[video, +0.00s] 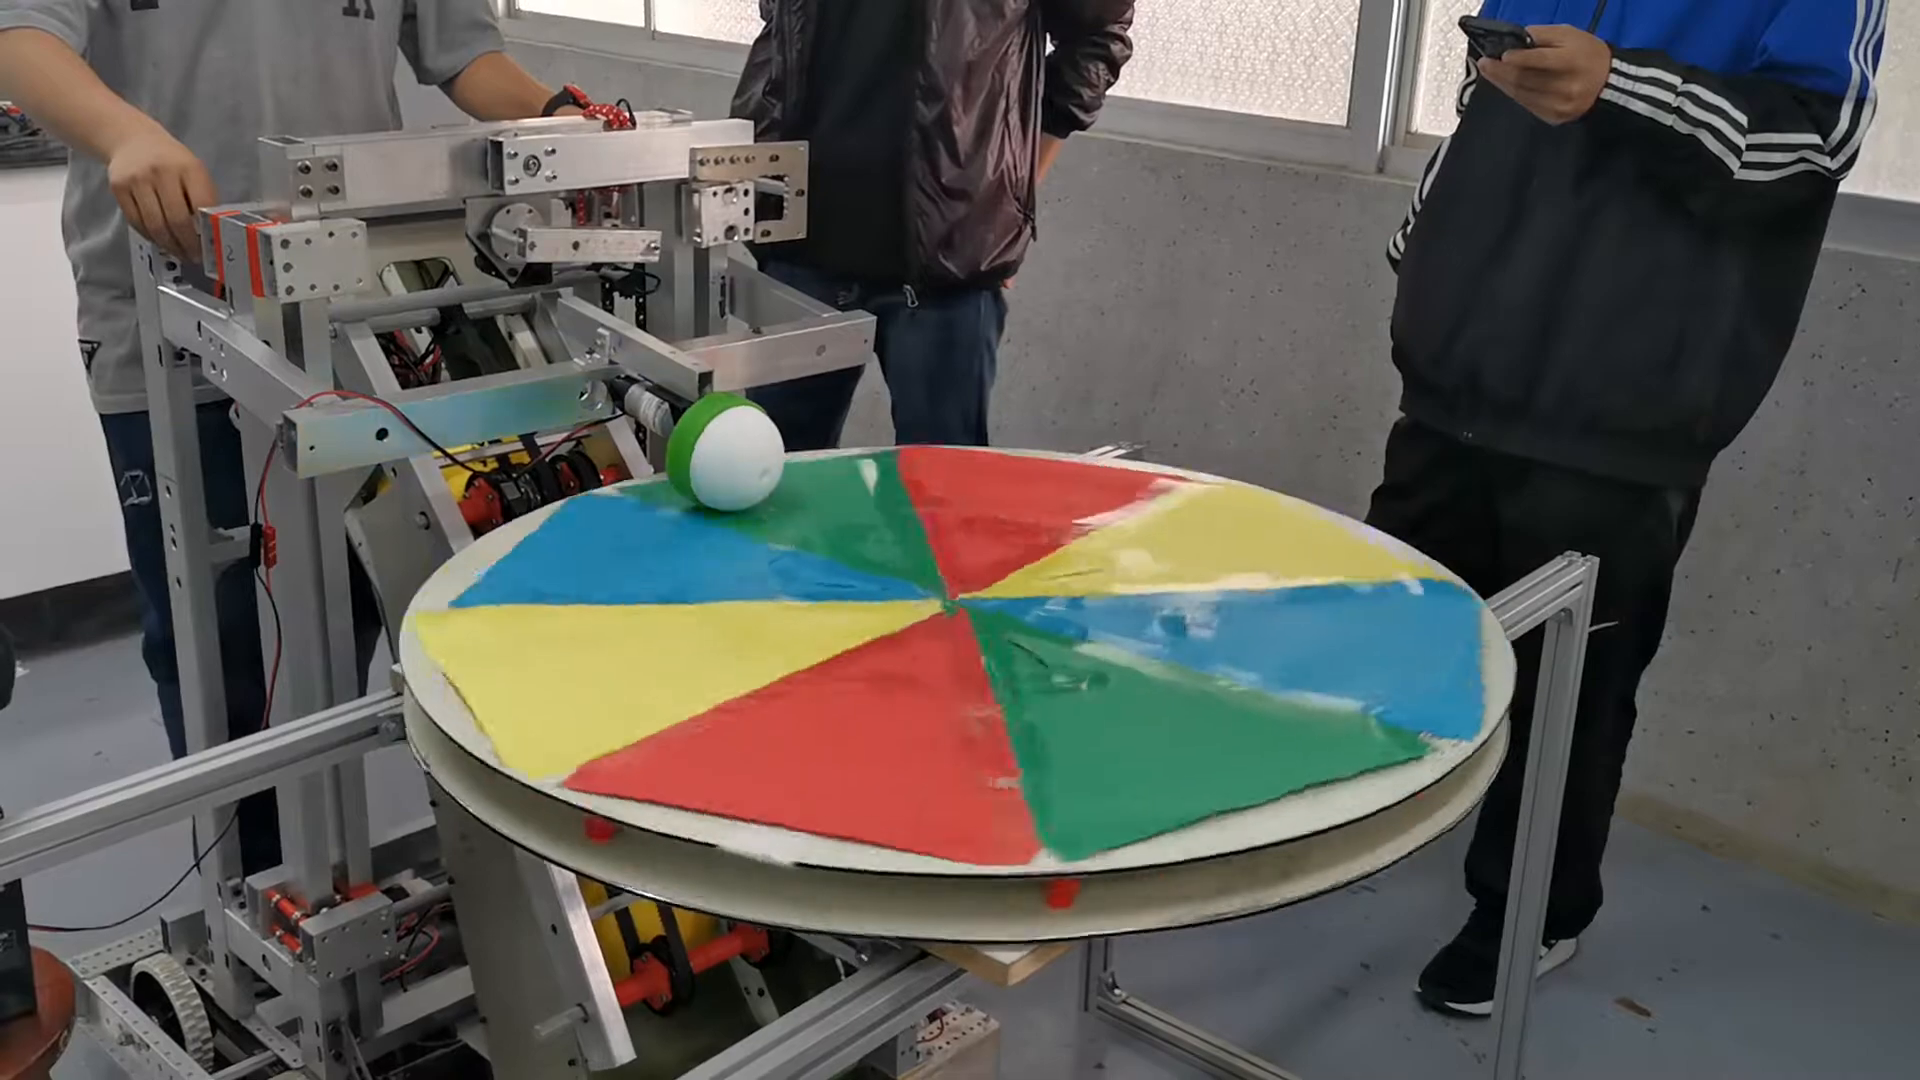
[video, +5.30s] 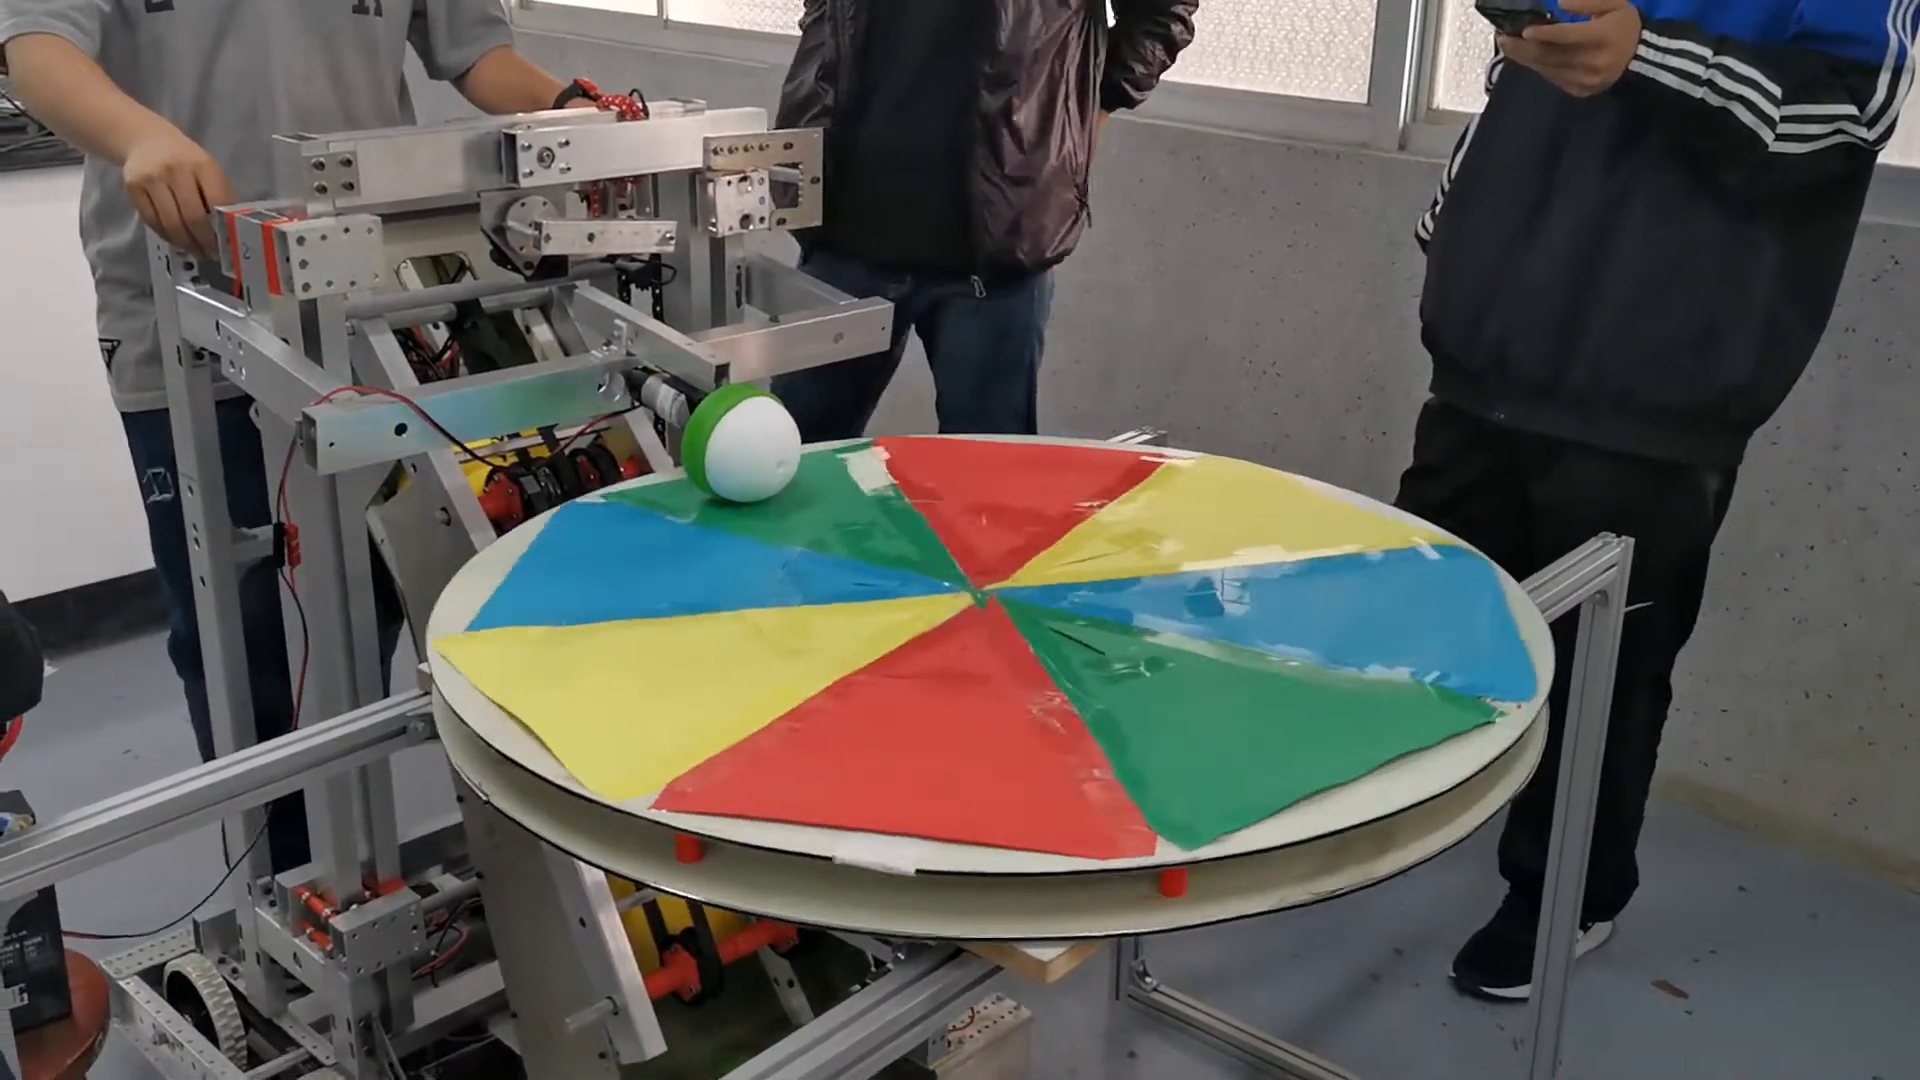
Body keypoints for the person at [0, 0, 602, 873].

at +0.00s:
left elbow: (458, 47)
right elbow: (23, 37)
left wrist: (563, 119)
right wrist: (124, 132)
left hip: (351, 318)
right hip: (164, 325)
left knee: (350, 609)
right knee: (209, 643)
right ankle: (255, 888)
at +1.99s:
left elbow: (456, 49)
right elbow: (21, 47)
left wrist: (556, 111)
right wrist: (125, 137)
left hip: (348, 319)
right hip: (166, 326)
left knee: (354, 605)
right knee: (214, 635)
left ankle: (348, 852)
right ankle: (265, 880)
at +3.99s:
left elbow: (456, 50)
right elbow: (20, 48)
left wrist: (555, 116)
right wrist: (124, 144)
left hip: (348, 314)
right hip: (172, 326)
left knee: (355, 605)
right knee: (222, 633)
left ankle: (349, 860)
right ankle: (272, 886)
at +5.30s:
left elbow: (467, 39)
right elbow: (34, 41)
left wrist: (571, 110)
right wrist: (138, 136)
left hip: (365, 308)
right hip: (185, 318)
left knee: (363, 602)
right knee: (232, 630)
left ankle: (358, 854)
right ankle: (281, 883)